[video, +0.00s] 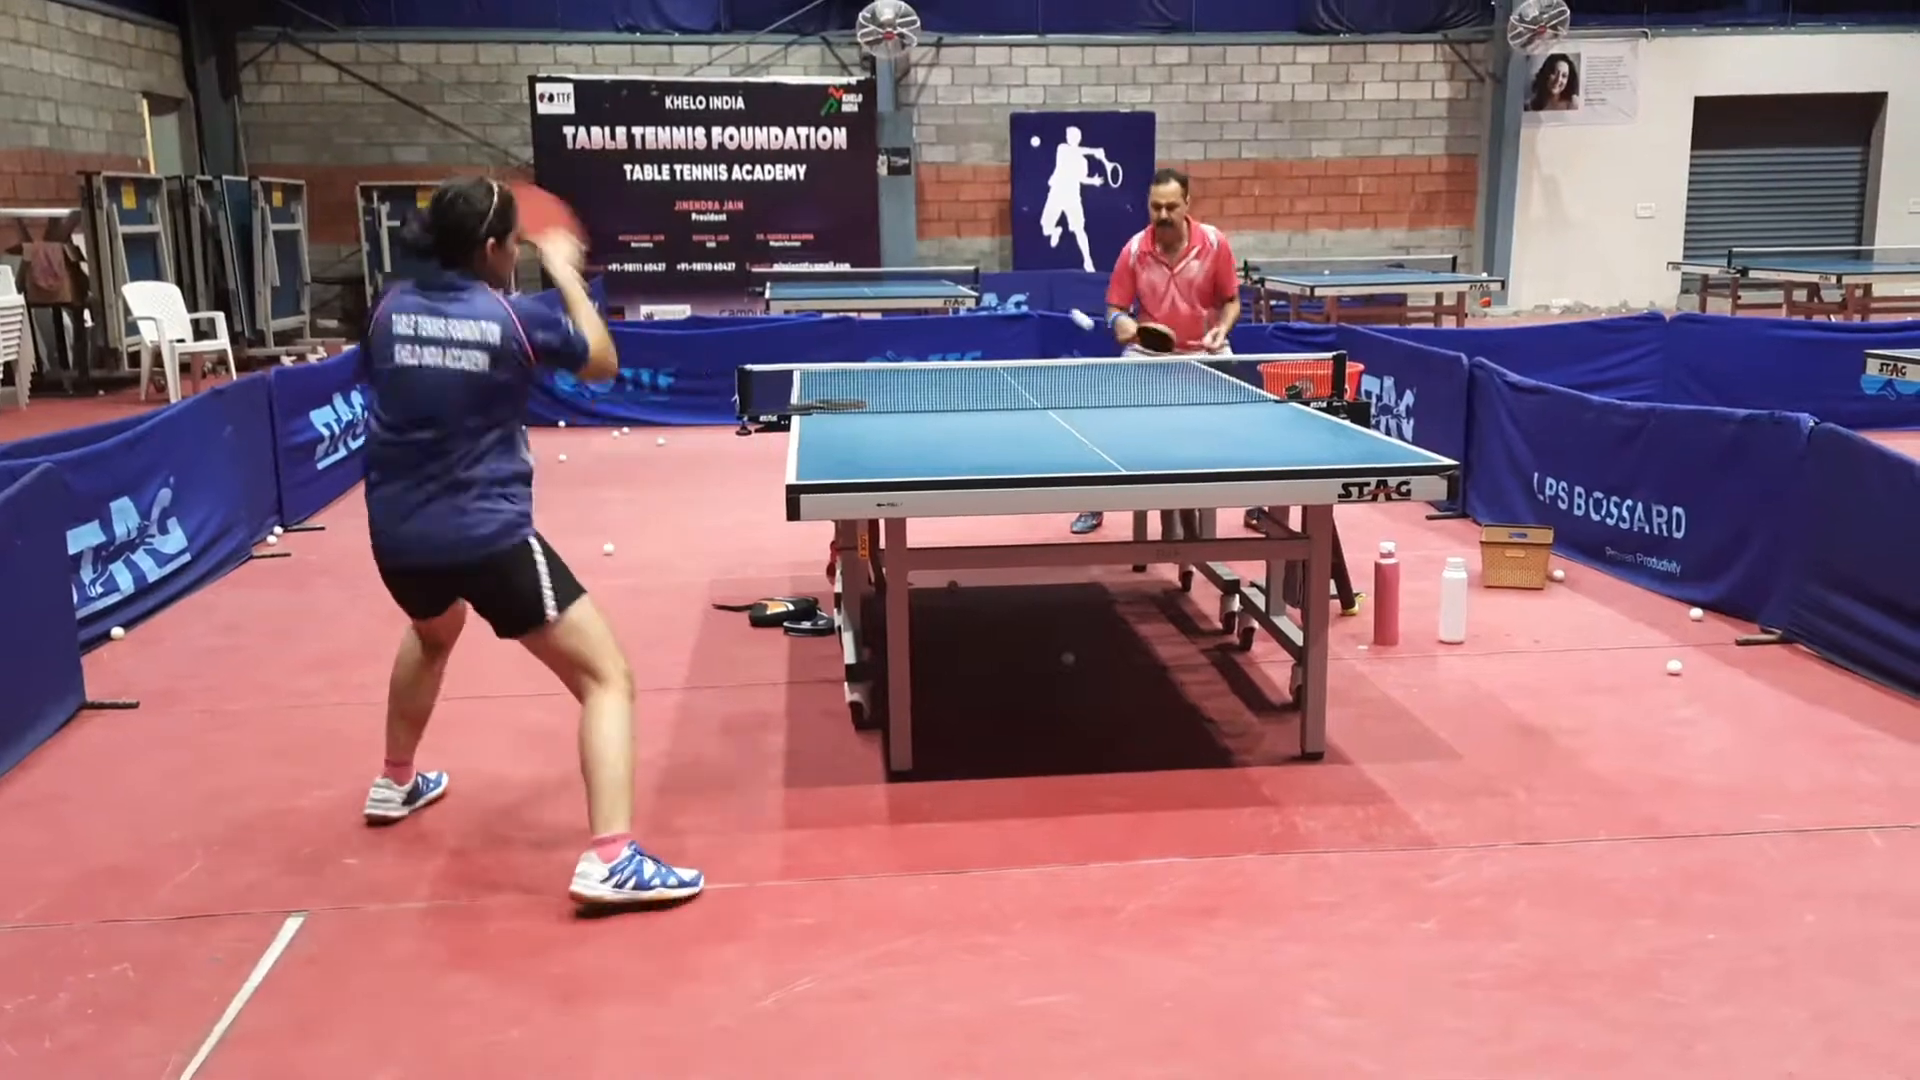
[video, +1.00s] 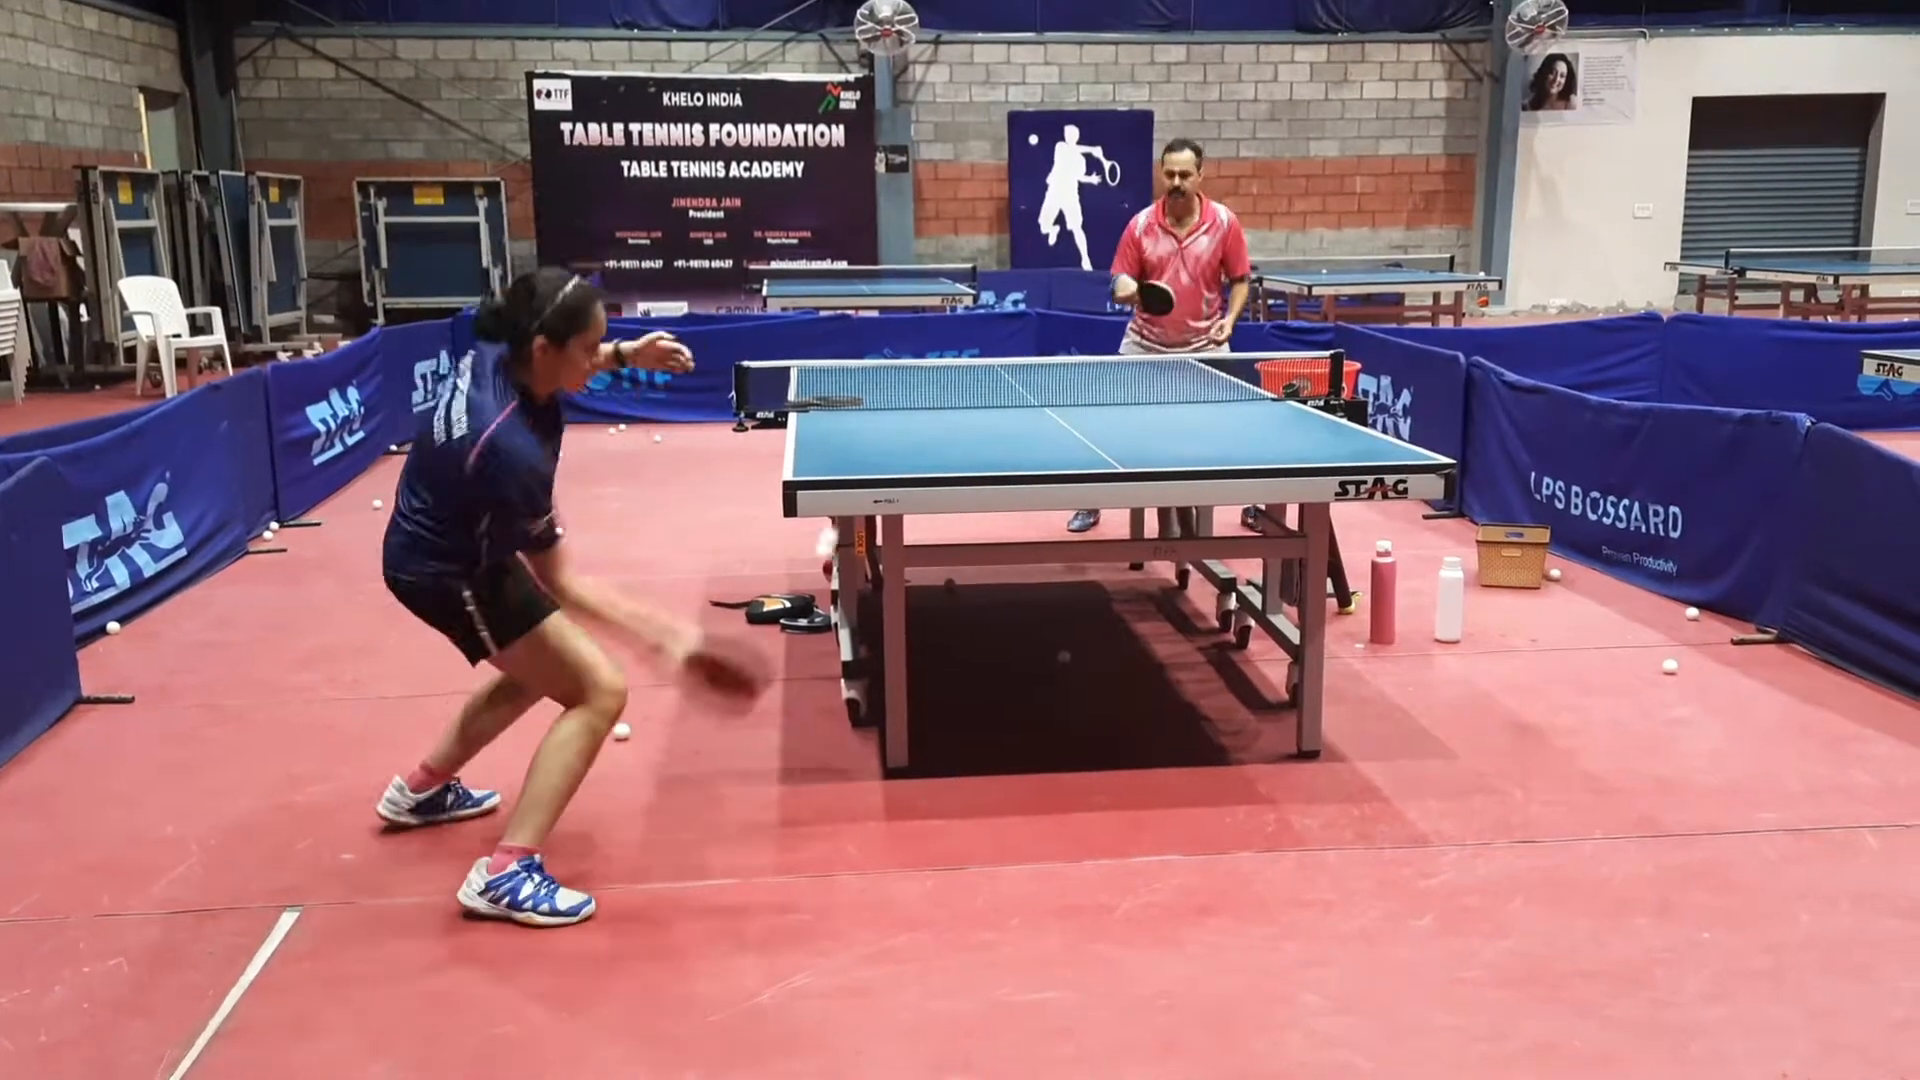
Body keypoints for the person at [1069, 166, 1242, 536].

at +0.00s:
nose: (1162, 215)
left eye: (1171, 207)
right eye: (1156, 207)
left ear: (1187, 204)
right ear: (1148, 206)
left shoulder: (1214, 243)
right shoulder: (1135, 249)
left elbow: (1232, 300)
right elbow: (1116, 307)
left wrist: (1221, 330)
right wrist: (1123, 324)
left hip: (1206, 353)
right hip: (1148, 353)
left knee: (1249, 409)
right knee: (1109, 413)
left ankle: (1257, 504)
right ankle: (1093, 503)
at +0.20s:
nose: (1167, 205)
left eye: (1175, 197)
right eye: (1160, 197)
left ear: (1191, 195)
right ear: (1152, 196)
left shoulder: (1216, 234)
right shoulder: (1137, 240)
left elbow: (1238, 288)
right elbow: (1083, 285)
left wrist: (1234, 333)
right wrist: (1113, 281)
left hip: (1209, 351)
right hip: (1150, 350)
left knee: (1240, 422)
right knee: (1115, 420)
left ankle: (1255, 502)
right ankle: (1093, 504)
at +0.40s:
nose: (1167, 167)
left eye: (1175, 160)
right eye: (1161, 159)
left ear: (1190, 164)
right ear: (1152, 163)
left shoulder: (1213, 215)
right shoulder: (1133, 217)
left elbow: (1224, 274)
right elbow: (1100, 275)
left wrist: (1216, 324)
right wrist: (1122, 280)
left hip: (1200, 342)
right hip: (1140, 341)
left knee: (1234, 415)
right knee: (1111, 417)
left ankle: (1253, 500)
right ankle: (1091, 503)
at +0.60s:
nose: (1171, 168)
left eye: (1180, 160)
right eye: (1165, 160)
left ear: (1194, 165)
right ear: (1155, 164)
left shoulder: (1217, 216)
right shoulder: (1136, 219)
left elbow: (1228, 277)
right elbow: (1115, 279)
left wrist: (1214, 326)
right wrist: (1130, 296)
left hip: (1203, 341)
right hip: (1144, 341)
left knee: (1230, 417)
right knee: (1112, 416)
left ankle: (1254, 499)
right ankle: (1091, 502)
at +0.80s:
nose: (1175, 183)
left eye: (1183, 175)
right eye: (1168, 175)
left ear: (1198, 178)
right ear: (1158, 177)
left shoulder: (1223, 225)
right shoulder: (1141, 229)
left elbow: (1240, 283)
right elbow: (1126, 286)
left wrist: (1224, 324)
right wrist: (1135, 292)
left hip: (1210, 345)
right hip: (1148, 345)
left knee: (1249, 414)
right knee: (1110, 415)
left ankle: (1256, 501)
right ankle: (1091, 502)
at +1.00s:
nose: (1176, 183)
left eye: (1185, 175)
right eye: (1170, 174)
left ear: (1200, 177)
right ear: (1159, 175)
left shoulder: (1223, 223)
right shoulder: (1141, 225)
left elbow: (1241, 279)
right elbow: (1120, 283)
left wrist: (1229, 319)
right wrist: (1132, 292)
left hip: (1205, 345)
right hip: (1144, 343)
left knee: (1240, 416)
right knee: (1109, 414)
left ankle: (1257, 499)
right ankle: (1091, 501)